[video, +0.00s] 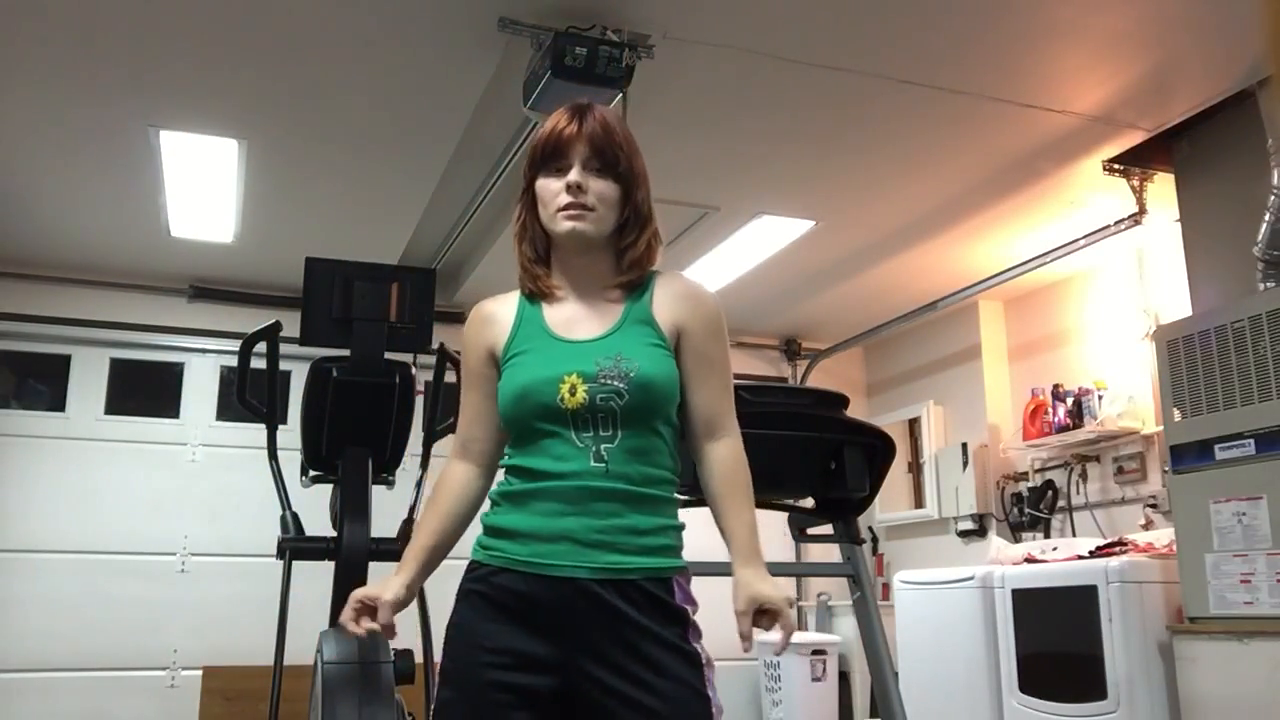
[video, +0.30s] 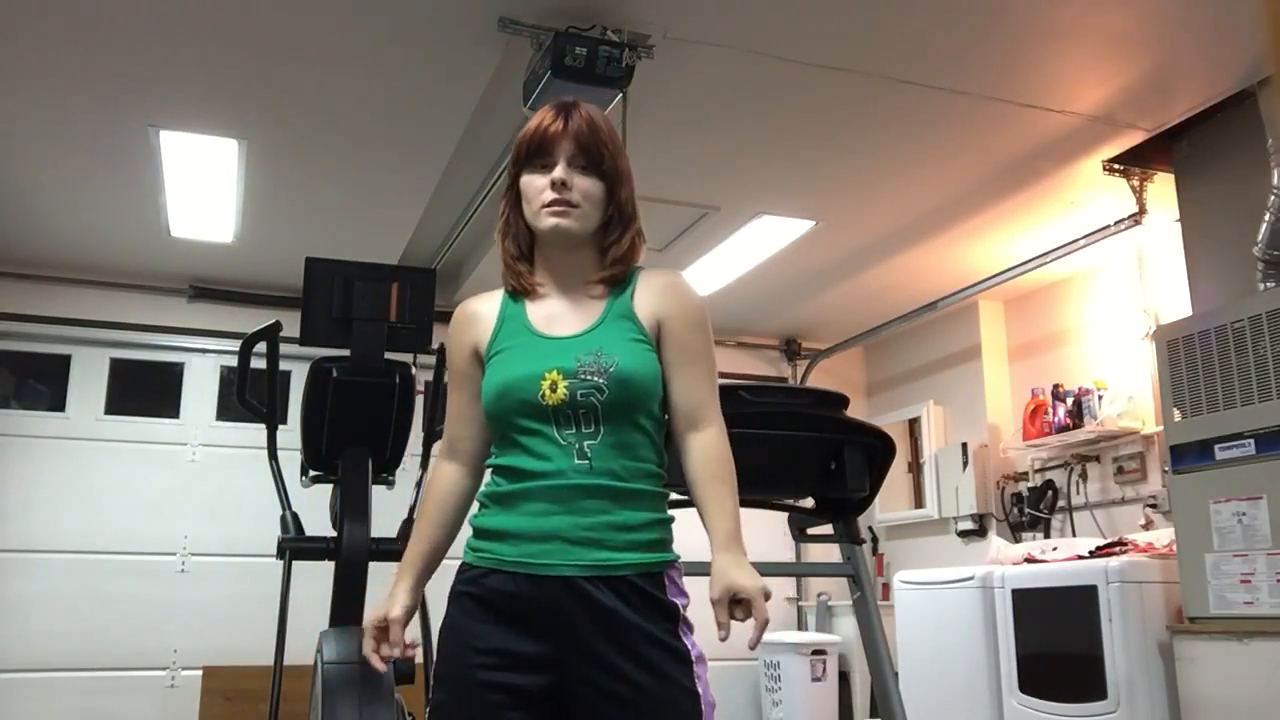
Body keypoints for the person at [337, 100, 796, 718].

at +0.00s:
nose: (575, 181)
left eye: (598, 168)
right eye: (556, 167)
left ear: (628, 195)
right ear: (533, 194)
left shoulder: (681, 305)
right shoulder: (493, 320)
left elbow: (716, 439)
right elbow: (470, 460)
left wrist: (749, 566)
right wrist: (404, 577)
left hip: (641, 609)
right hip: (504, 605)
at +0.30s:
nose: (559, 178)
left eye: (584, 166)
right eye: (541, 165)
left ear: (613, 192)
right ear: (518, 191)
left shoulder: (662, 298)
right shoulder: (478, 318)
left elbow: (700, 428)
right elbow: (456, 459)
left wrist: (729, 553)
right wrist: (406, 585)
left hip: (631, 605)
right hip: (496, 604)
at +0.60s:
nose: (556, 195)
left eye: (577, 178)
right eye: (536, 180)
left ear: (608, 199)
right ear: (515, 202)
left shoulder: (667, 317)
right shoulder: (476, 326)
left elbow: (705, 435)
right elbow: (454, 459)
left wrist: (730, 539)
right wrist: (349, 543)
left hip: (624, 622)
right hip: (488, 617)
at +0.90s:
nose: (603, 176)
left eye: (627, 159)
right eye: (584, 160)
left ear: (656, 179)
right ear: (561, 180)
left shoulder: (692, 268)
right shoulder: (529, 282)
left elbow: (751, 365)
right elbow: (436, 339)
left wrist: (775, 471)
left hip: (669, 570)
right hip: (545, 572)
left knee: (710, 710)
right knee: (517, 708)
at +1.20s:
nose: (668, 231)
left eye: (691, 217)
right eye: (650, 215)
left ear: (718, 236)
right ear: (627, 231)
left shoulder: (766, 337)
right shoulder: (592, 324)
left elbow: (808, 475)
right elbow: (575, 366)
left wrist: (854, 617)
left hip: (766, 621)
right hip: (640, 636)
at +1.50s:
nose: (697, 221)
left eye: (720, 204)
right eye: (676, 204)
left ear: (750, 221)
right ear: (654, 221)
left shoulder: (798, 334)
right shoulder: (615, 315)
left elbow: (849, 470)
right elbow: (600, 362)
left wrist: (928, 599)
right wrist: (629, 361)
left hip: (786, 614)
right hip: (655, 623)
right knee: (597, 711)